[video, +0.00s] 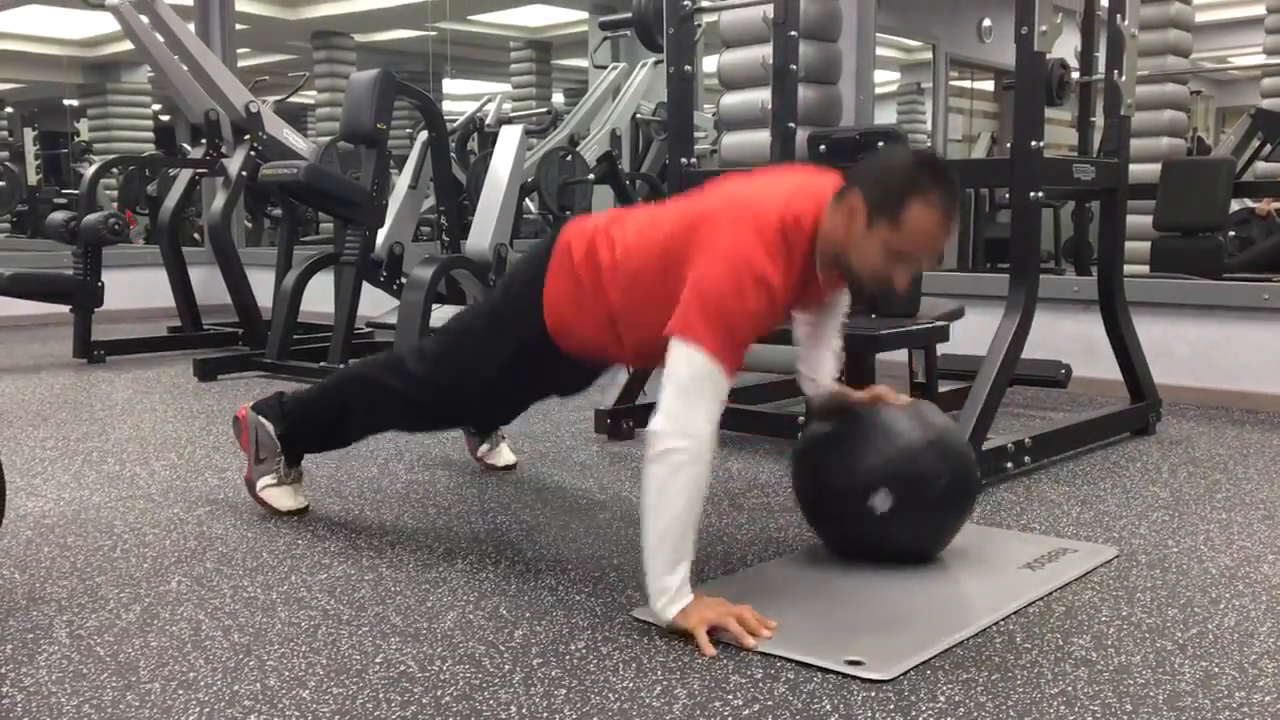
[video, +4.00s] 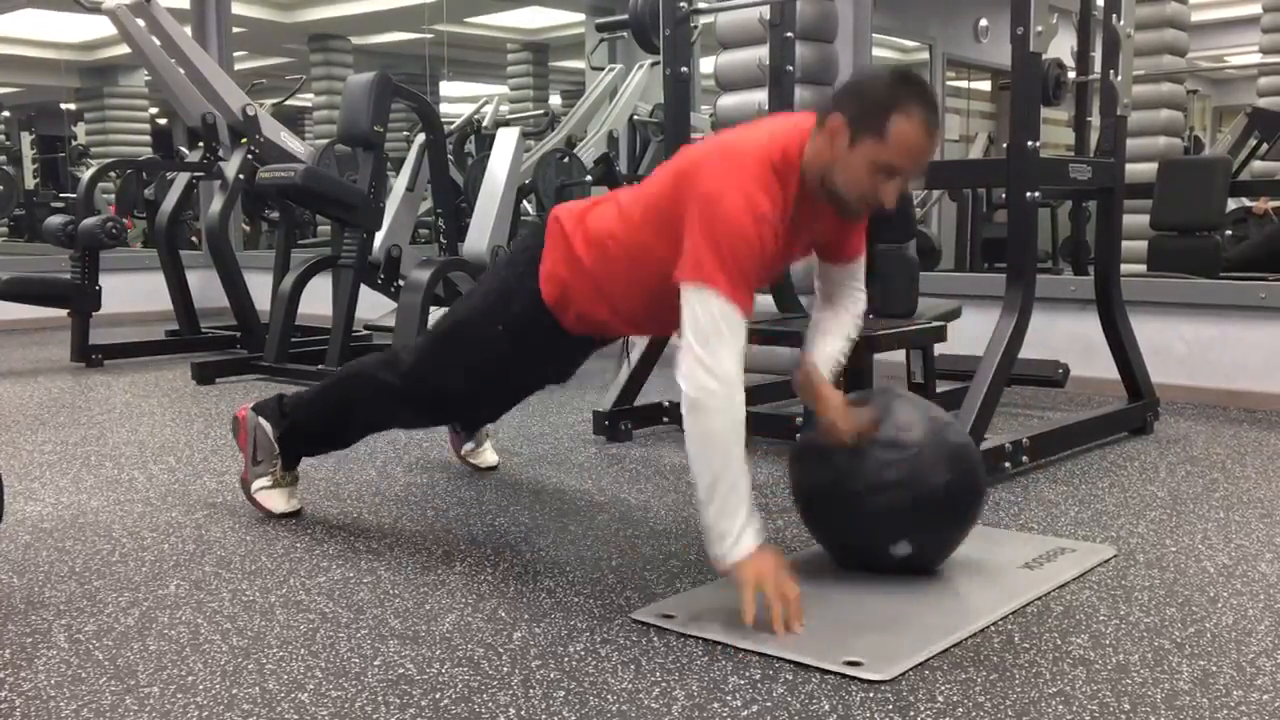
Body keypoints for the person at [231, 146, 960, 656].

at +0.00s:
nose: (905, 278)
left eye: (919, 264)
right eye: (902, 258)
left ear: (882, 226)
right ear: (853, 214)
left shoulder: (844, 223)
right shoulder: (752, 244)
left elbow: (821, 300)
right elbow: (686, 425)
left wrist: (825, 384)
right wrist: (674, 595)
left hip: (624, 316)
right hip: (567, 284)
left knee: (534, 378)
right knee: (435, 381)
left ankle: (482, 415)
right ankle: (274, 425)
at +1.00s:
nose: (949, 287)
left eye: (963, 275)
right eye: (946, 265)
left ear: (947, 254)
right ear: (900, 220)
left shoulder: (894, 288)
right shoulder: (798, 222)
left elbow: (910, 384)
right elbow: (666, 323)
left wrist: (928, 493)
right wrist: (787, 374)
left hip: (634, 339)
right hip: (588, 292)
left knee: (524, 387)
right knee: (446, 375)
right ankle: (289, 420)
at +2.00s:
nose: (927, 258)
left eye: (941, 244)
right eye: (924, 237)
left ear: (909, 205)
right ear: (874, 189)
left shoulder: (864, 219)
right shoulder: (776, 230)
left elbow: (837, 303)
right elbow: (714, 411)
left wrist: (857, 365)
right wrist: (704, 584)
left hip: (633, 314)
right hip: (585, 291)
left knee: (529, 377)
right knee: (440, 384)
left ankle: (476, 415)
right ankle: (284, 424)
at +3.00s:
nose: (937, 239)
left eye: (952, 227)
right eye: (932, 216)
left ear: (952, 213)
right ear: (889, 172)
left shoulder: (899, 242)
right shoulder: (792, 196)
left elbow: (925, 356)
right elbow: (723, 347)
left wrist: (955, 468)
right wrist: (838, 350)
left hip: (644, 326)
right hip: (600, 286)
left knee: (536, 377)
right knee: (454, 375)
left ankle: (480, 414)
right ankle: (297, 424)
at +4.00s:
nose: (893, 195)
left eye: (907, 180)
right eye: (886, 171)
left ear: (893, 162)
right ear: (832, 133)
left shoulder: (843, 184)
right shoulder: (743, 185)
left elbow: (844, 294)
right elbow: (709, 372)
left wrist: (816, 365)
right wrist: (742, 543)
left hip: (615, 301)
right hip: (561, 272)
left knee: (519, 376)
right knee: (430, 379)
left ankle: (463, 418)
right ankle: (275, 428)